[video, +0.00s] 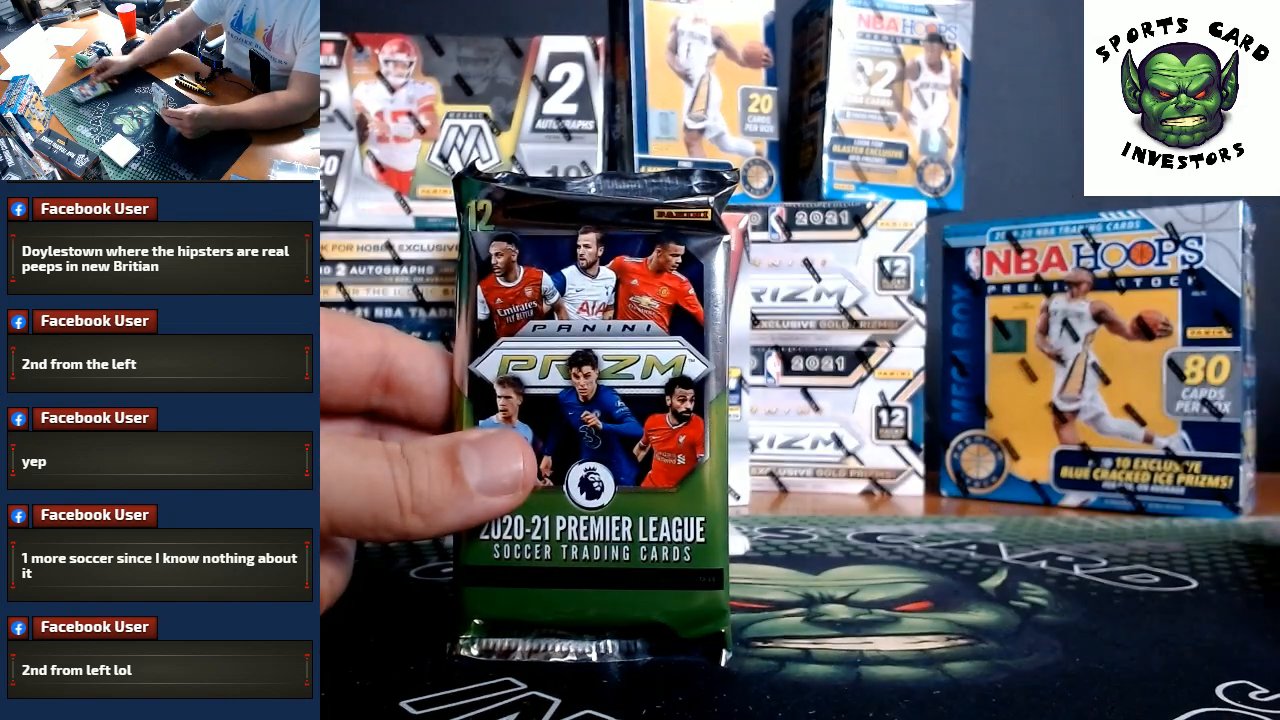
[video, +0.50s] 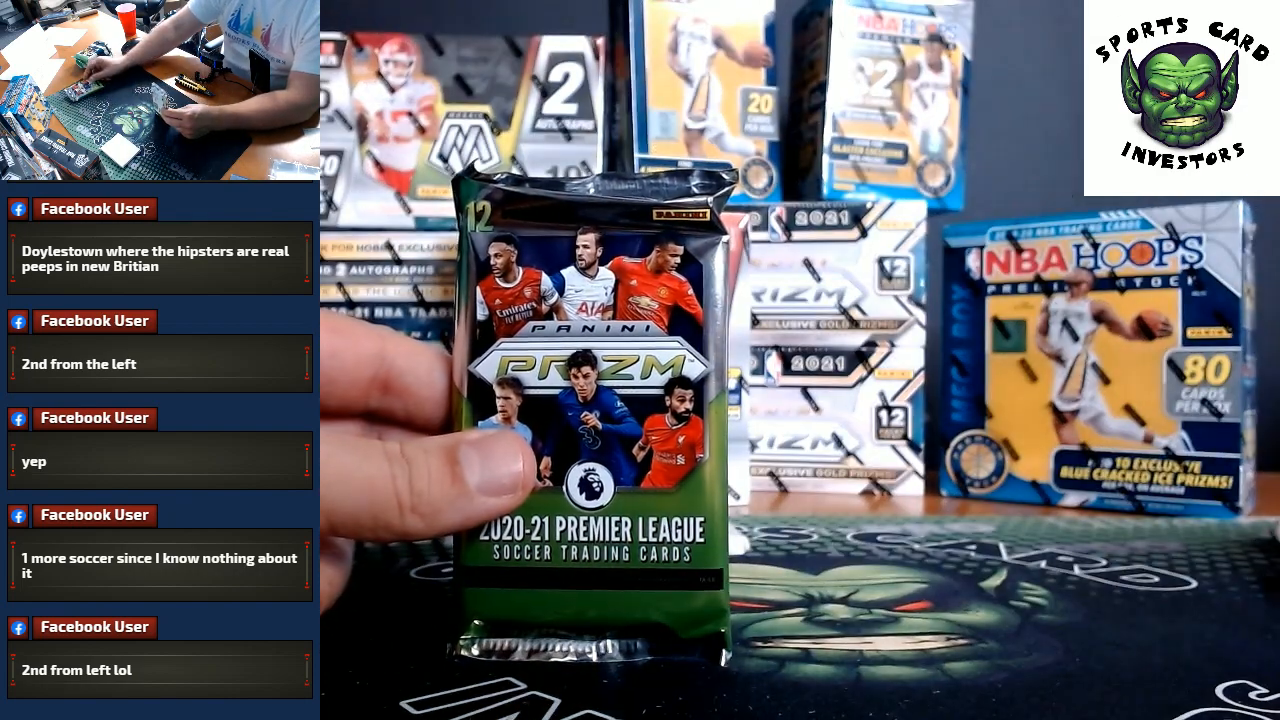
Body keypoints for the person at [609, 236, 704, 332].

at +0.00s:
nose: (679, 261)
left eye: (681, 256)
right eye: (674, 255)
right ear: (658, 252)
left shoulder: (680, 284)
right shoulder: (622, 265)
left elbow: (705, 319)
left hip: (657, 347)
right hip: (622, 344)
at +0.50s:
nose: (678, 261)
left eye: (680, 256)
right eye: (673, 256)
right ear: (657, 252)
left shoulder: (679, 284)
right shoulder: (622, 265)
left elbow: (702, 318)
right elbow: (595, 285)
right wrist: (606, 308)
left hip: (657, 346)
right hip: (622, 343)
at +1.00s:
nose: (690, 263)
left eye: (692, 258)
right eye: (685, 258)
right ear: (669, 254)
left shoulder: (691, 287)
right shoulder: (634, 267)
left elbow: (716, 322)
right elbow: (606, 285)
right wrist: (619, 311)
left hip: (668, 348)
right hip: (633, 345)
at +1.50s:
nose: (688, 263)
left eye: (690, 258)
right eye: (683, 258)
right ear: (667, 254)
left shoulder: (689, 286)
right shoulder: (633, 267)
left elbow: (714, 321)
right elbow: (605, 286)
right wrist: (617, 310)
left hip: (667, 347)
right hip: (632, 344)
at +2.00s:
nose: (685, 262)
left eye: (686, 256)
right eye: (680, 256)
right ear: (664, 252)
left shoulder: (686, 285)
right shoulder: (629, 266)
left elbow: (711, 319)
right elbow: (602, 285)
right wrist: (613, 311)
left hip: (664, 346)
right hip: (629, 344)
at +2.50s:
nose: (684, 262)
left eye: (686, 256)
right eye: (679, 256)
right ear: (663, 252)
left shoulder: (686, 285)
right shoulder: (628, 266)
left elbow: (711, 320)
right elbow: (599, 285)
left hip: (664, 346)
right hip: (628, 343)